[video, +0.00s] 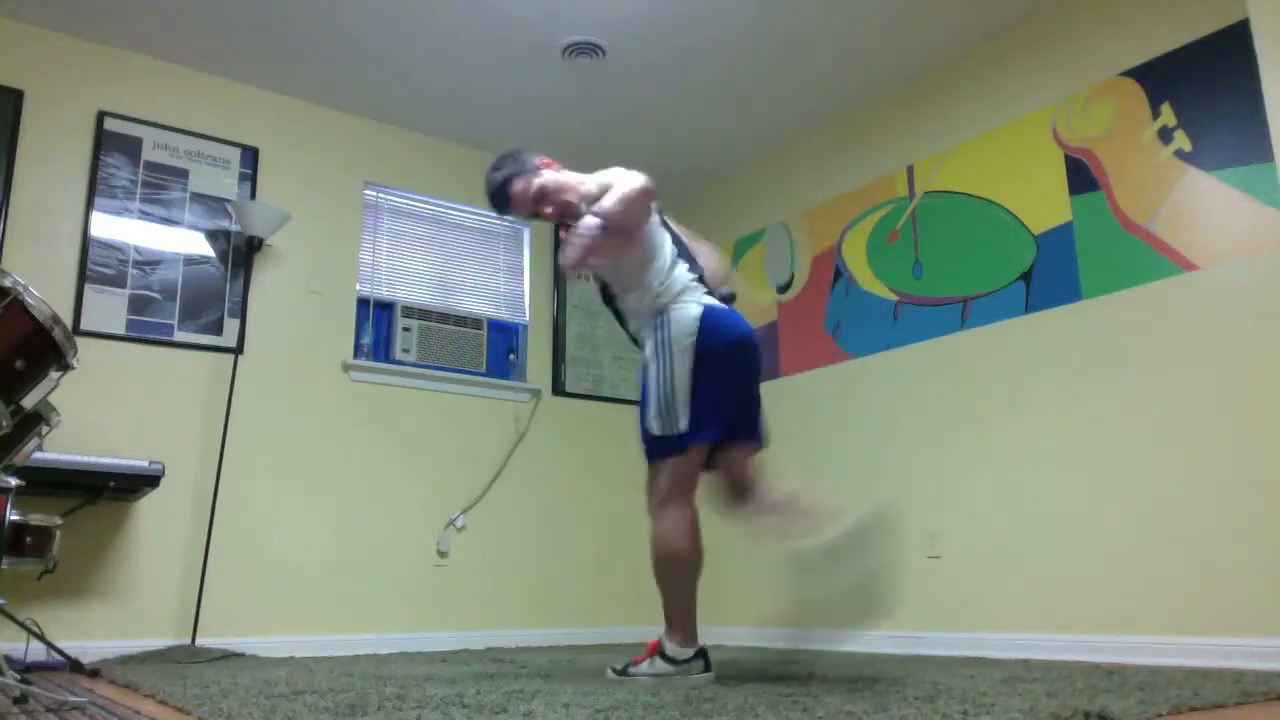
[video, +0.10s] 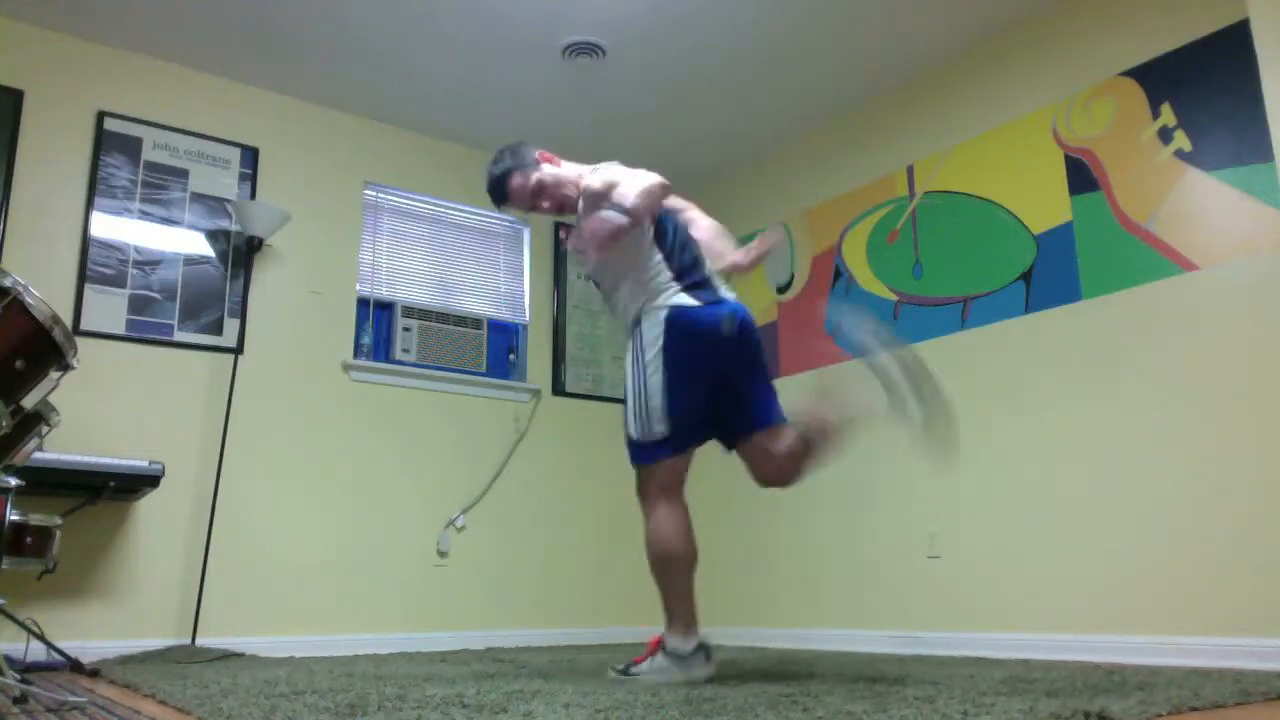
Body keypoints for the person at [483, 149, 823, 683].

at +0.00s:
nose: (547, 210)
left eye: (540, 196)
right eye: (535, 213)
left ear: (549, 164)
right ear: (531, 215)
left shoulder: (601, 183)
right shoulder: (608, 212)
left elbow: (639, 191)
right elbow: (705, 258)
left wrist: (593, 227)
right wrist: (723, 289)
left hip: (685, 335)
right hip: (723, 332)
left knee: (670, 498)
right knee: (740, 489)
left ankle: (680, 648)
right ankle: (840, 525)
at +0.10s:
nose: (547, 203)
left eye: (540, 189)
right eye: (536, 205)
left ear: (548, 160)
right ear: (530, 212)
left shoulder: (592, 179)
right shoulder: (604, 196)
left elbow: (650, 185)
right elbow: (680, 210)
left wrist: (618, 216)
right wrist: (728, 254)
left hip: (668, 325)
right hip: (723, 319)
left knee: (660, 493)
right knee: (775, 464)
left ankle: (682, 645)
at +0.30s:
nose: (549, 233)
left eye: (543, 218)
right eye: (538, 231)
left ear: (557, 185)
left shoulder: (607, 198)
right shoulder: (605, 233)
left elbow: (649, 232)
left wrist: (607, 292)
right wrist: (592, 310)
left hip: (695, 344)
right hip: (745, 345)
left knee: (659, 504)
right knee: (718, 506)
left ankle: (697, 648)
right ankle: (745, 564)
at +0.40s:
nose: (545, 244)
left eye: (536, 230)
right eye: (533, 241)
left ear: (547, 194)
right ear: (553, 193)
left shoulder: (606, 217)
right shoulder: (623, 212)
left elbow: (643, 240)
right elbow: (695, 232)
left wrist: (598, 289)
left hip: (695, 354)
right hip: (724, 353)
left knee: (659, 503)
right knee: (704, 511)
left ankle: (695, 645)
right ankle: (774, 608)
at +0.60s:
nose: (548, 201)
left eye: (542, 189)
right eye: (538, 200)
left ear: (556, 156)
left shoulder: (609, 178)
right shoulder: (608, 195)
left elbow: (667, 190)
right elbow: (630, 243)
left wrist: (681, 232)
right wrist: (585, 237)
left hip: (678, 317)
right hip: (723, 309)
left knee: (648, 477)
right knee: (728, 472)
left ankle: (685, 624)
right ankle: (759, 365)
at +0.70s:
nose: (561, 207)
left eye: (555, 194)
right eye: (552, 205)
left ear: (568, 161)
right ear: (551, 200)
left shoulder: (619, 183)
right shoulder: (612, 207)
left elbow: (669, 199)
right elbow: (629, 267)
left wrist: (663, 242)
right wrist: (575, 277)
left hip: (686, 331)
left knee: (658, 489)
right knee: (711, 485)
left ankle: (695, 641)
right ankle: (706, 393)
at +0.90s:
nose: (560, 223)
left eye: (556, 209)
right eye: (548, 223)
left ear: (562, 176)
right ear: (541, 221)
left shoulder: (614, 201)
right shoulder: (617, 212)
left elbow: (682, 213)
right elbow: (689, 230)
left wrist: (632, 257)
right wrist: (730, 266)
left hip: (689, 340)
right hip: (717, 335)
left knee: (670, 498)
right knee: (769, 483)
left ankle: (697, 645)